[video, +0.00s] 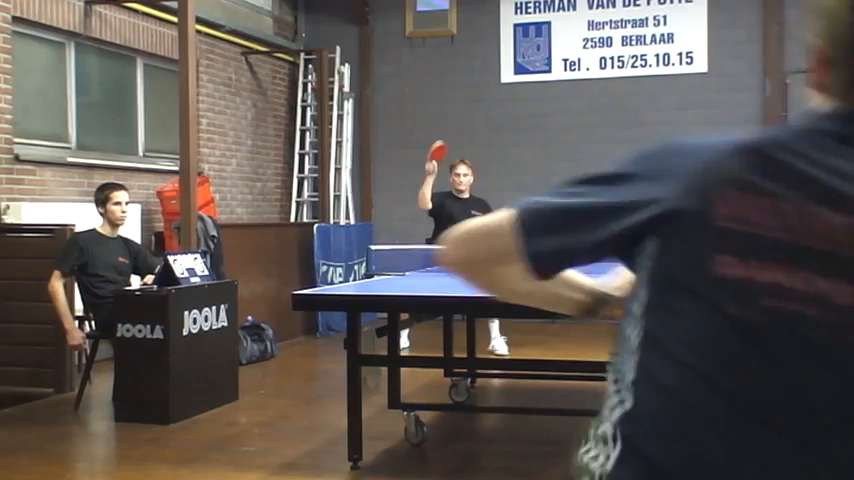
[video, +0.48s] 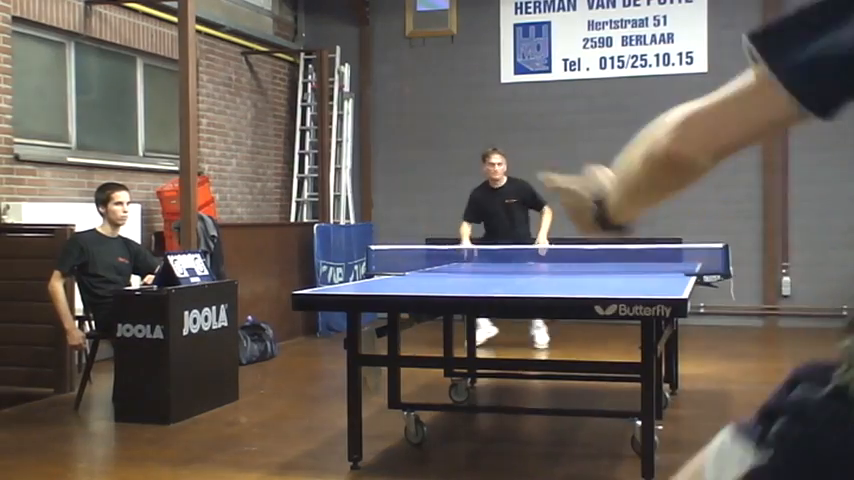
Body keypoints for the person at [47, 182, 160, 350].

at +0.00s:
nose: (124, 209)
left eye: (126, 204)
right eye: (117, 204)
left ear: (129, 206)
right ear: (101, 208)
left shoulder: (129, 246)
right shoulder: (80, 242)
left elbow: (162, 269)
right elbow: (55, 283)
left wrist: (154, 277)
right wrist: (71, 329)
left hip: (135, 314)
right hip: (106, 318)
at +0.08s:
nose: (124, 209)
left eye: (126, 204)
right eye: (117, 204)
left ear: (129, 206)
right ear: (101, 208)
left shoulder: (129, 246)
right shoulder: (80, 242)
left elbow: (163, 269)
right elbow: (55, 283)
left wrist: (154, 277)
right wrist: (71, 329)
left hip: (135, 314)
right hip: (106, 319)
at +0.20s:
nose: (124, 209)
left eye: (126, 204)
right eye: (117, 204)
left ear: (129, 206)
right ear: (101, 208)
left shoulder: (129, 246)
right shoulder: (80, 242)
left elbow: (163, 269)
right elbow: (55, 283)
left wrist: (154, 277)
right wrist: (71, 329)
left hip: (135, 314)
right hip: (107, 319)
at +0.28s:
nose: (123, 209)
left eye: (126, 204)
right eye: (116, 204)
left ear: (129, 206)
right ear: (101, 208)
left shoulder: (129, 246)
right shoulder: (80, 242)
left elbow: (163, 269)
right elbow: (55, 283)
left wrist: (155, 277)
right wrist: (71, 330)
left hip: (135, 315)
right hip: (106, 319)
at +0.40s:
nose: (124, 209)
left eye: (126, 204)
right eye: (117, 203)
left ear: (129, 206)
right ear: (101, 208)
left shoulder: (129, 246)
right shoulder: (80, 242)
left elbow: (163, 269)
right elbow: (55, 283)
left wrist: (154, 277)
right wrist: (71, 329)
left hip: (135, 314)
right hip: (106, 319)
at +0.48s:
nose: (125, 210)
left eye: (127, 204)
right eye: (118, 204)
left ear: (129, 206)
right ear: (102, 208)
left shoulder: (129, 246)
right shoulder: (80, 242)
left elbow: (163, 270)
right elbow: (55, 283)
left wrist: (154, 277)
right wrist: (71, 329)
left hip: (135, 314)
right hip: (106, 319)